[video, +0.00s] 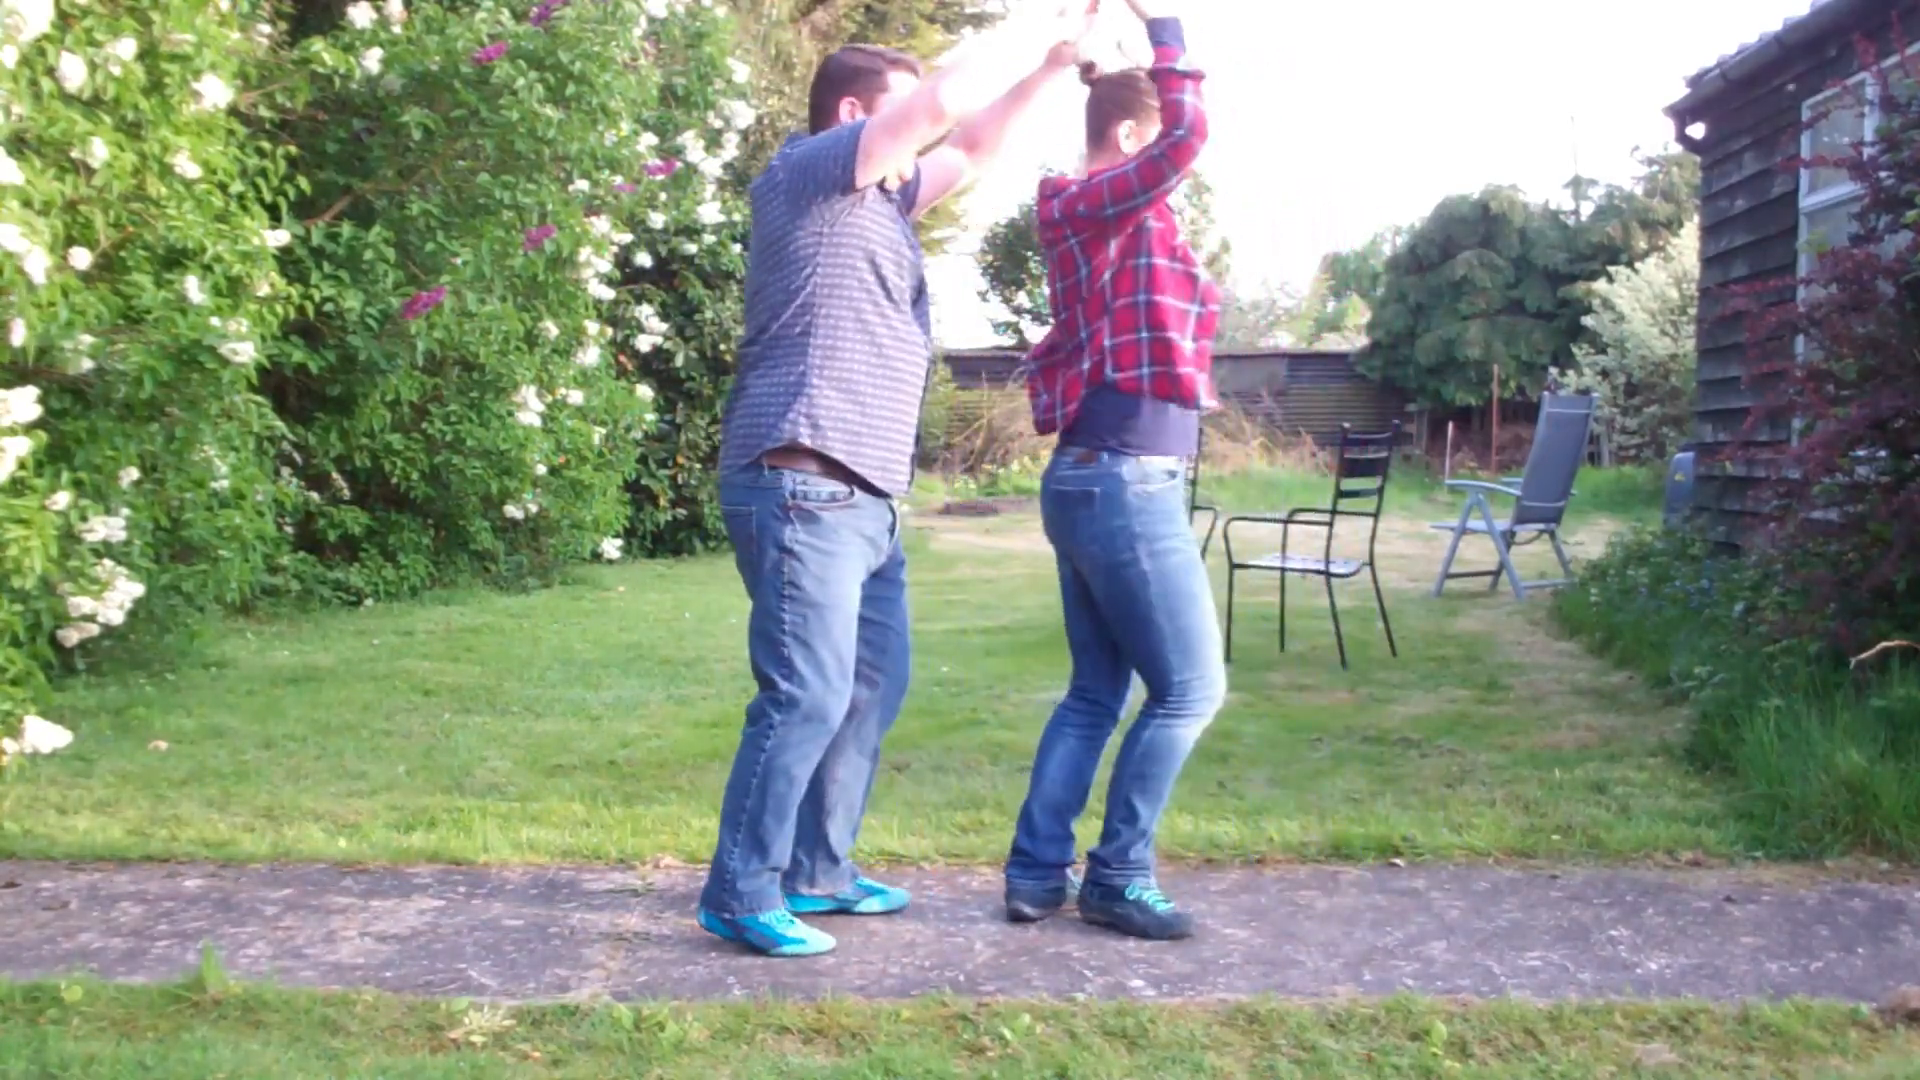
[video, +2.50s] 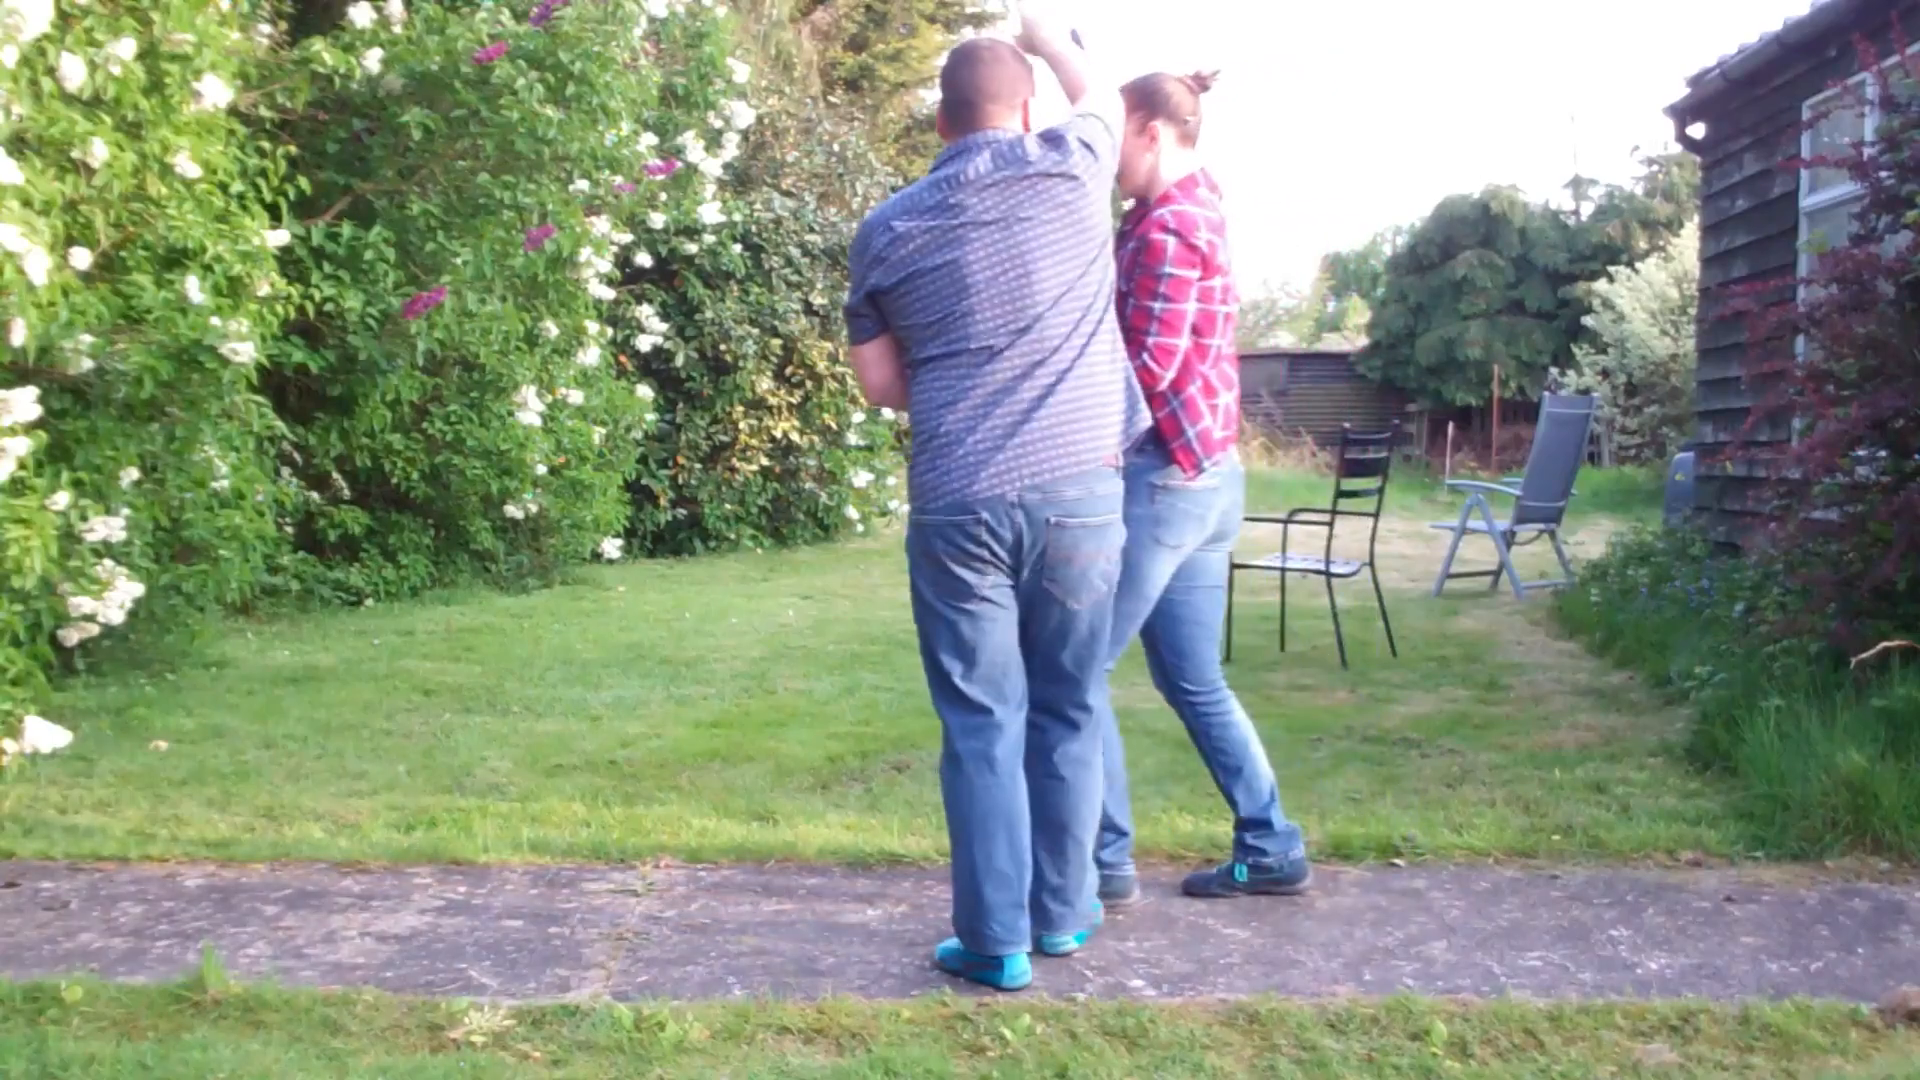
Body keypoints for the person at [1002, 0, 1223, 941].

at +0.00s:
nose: (1170, 141)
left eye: (1168, 126)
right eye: (1162, 127)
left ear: (1104, 124)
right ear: (1128, 128)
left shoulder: (1098, 207)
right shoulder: (1093, 195)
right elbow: (1186, 134)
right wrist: (1162, 40)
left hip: (1090, 475)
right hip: (1127, 481)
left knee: (1096, 692)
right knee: (1191, 689)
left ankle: (1034, 873)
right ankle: (1117, 876)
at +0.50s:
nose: (1149, 137)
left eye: (1165, 122)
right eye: (1140, 121)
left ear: (1205, 128)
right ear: (1125, 135)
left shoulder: (1242, 205)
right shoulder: (1112, 230)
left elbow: (1188, 127)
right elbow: (1092, 352)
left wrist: (1095, 86)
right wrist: (1052, 449)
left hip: (1252, 476)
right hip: (1143, 479)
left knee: (1237, 691)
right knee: (1148, 691)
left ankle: (1308, 881)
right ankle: (1108, 880)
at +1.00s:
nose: (1221, 140)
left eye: (1235, 124)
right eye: (1220, 127)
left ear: (1287, 130)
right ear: (1287, 133)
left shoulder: (1308, 213)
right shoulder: (1294, 212)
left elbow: (1240, 349)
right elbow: (1234, 181)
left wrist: (1137, 357)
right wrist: (1199, 108)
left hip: (1305, 474)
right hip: (1296, 471)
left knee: (1260, 689)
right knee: (1262, 683)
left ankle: (1312, 890)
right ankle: (1394, 812)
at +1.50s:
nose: (1265, 132)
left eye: (1278, 118)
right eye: (1266, 118)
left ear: (1331, 126)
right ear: (1316, 125)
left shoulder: (1368, 221)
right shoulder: (1292, 208)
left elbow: (1325, 356)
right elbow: (1201, 194)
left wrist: (1228, 421)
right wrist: (1164, 119)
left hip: (1361, 471)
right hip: (1325, 469)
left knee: (1312, 675)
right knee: (1364, 674)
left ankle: (1384, 857)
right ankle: (1443, 837)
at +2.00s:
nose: (1225, 133)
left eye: (1236, 119)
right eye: (1226, 119)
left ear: (1285, 126)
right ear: (1265, 130)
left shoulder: (1331, 227)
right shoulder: (1237, 199)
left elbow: (1331, 361)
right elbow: (1160, 126)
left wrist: (1223, 374)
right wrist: (1081, 45)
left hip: (1318, 468)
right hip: (1250, 471)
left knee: (1337, 674)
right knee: (1217, 665)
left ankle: (1392, 865)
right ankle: (1270, 847)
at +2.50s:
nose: (1106, 152)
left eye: (1115, 135)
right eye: (1108, 136)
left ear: (1152, 135)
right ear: (1163, 136)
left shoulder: (1169, 228)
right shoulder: (1191, 212)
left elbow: (1152, 368)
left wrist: (1069, 410)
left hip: (1166, 482)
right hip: (1213, 474)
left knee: (1075, 669)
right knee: (1193, 678)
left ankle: (1105, 860)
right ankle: (1270, 846)